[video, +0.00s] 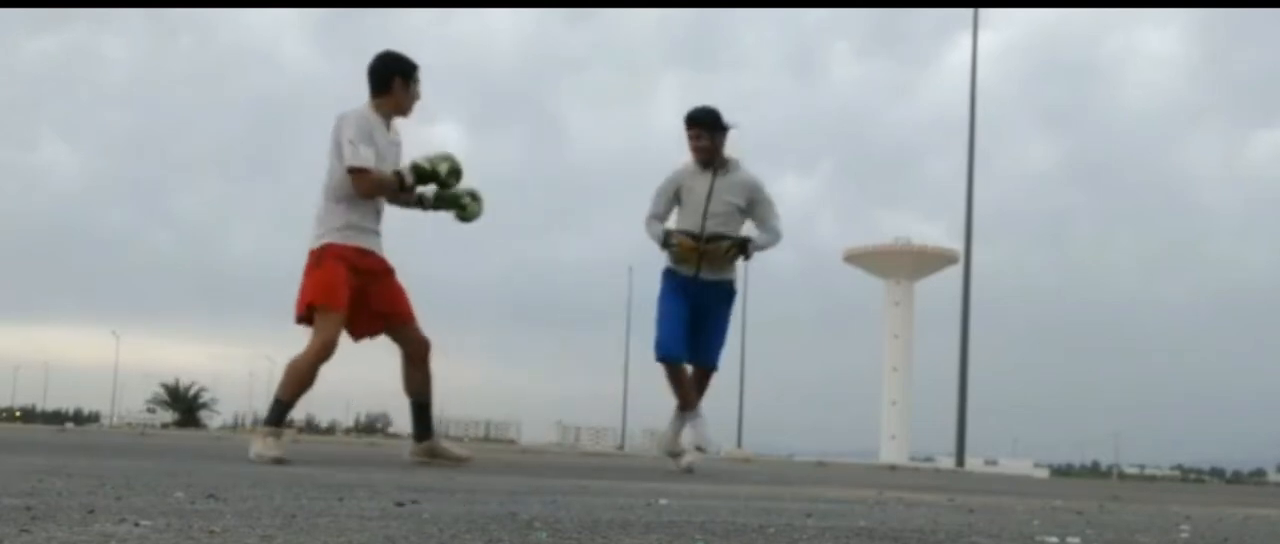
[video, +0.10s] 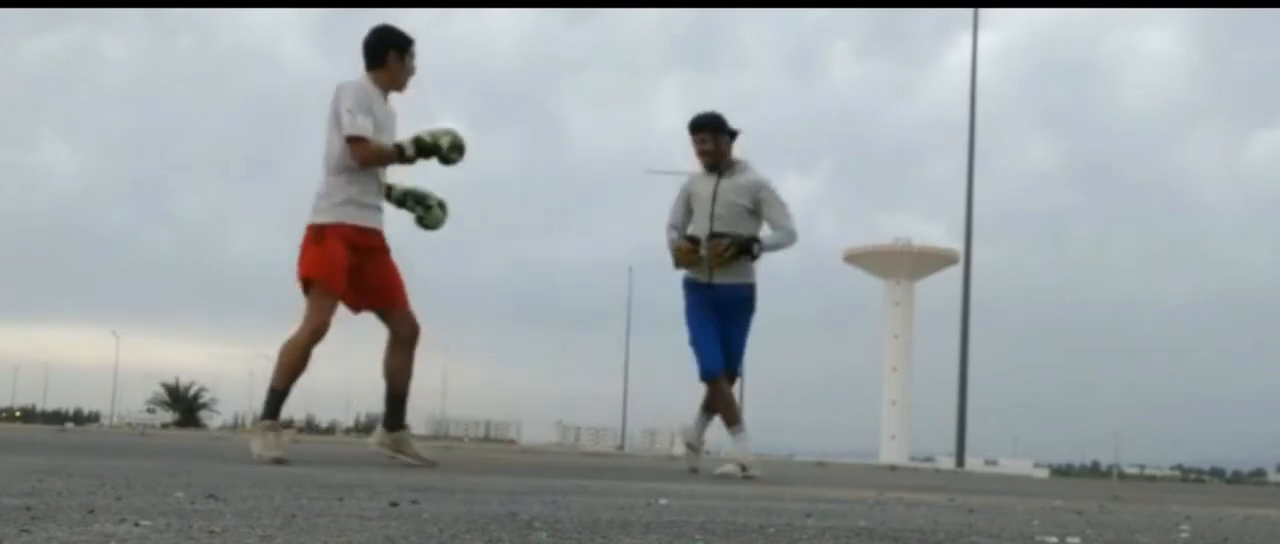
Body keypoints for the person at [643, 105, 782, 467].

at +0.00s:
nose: (698, 144)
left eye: (705, 138)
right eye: (693, 138)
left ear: (722, 138)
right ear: (687, 140)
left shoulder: (745, 184)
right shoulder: (681, 178)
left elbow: (773, 232)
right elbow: (653, 221)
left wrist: (750, 243)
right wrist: (668, 237)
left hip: (718, 282)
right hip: (679, 277)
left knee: (705, 363)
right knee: (668, 353)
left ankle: (675, 428)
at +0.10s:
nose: (702, 150)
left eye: (709, 143)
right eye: (697, 144)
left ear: (727, 142)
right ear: (694, 146)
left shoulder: (753, 184)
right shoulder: (693, 185)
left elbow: (787, 233)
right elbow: (674, 227)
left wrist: (752, 245)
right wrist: (680, 246)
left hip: (737, 288)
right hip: (699, 286)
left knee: (727, 374)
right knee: (712, 371)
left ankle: (697, 432)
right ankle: (742, 449)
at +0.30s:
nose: (724, 139)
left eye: (730, 130)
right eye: (719, 133)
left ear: (749, 127)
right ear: (716, 137)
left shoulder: (782, 171)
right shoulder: (721, 181)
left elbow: (811, 224)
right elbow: (715, 229)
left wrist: (777, 235)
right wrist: (716, 246)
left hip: (768, 282)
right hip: (729, 284)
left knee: (776, 365)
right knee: (733, 370)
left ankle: (789, 446)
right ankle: (747, 453)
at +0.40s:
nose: (738, 130)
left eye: (745, 122)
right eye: (734, 124)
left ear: (766, 120)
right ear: (733, 127)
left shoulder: (795, 161)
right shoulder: (734, 170)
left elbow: (832, 209)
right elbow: (725, 218)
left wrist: (796, 227)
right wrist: (731, 237)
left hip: (786, 276)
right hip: (745, 277)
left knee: (798, 359)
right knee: (740, 365)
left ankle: (820, 459)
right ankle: (747, 456)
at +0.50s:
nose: (758, 141)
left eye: (764, 133)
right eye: (755, 134)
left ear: (787, 131)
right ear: (755, 136)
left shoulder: (817, 173)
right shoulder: (759, 179)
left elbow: (852, 223)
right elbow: (740, 228)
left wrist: (816, 242)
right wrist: (741, 252)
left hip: (812, 288)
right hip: (773, 290)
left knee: (820, 369)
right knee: (749, 374)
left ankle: (843, 461)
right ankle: (748, 458)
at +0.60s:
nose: (770, 138)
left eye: (776, 129)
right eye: (766, 131)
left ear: (798, 128)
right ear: (764, 135)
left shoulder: (828, 170)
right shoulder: (773, 183)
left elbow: (856, 224)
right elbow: (776, 238)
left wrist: (818, 251)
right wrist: (764, 258)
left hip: (826, 285)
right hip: (789, 288)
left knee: (824, 368)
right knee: (764, 374)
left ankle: (841, 462)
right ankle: (753, 456)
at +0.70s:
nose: (774, 134)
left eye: (780, 125)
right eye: (771, 127)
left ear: (803, 124)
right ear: (773, 130)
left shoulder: (832, 159)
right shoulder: (788, 174)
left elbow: (867, 207)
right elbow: (805, 221)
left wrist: (829, 236)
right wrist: (792, 243)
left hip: (835, 278)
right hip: (801, 280)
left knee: (836, 368)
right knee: (776, 366)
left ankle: (844, 462)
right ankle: (772, 452)